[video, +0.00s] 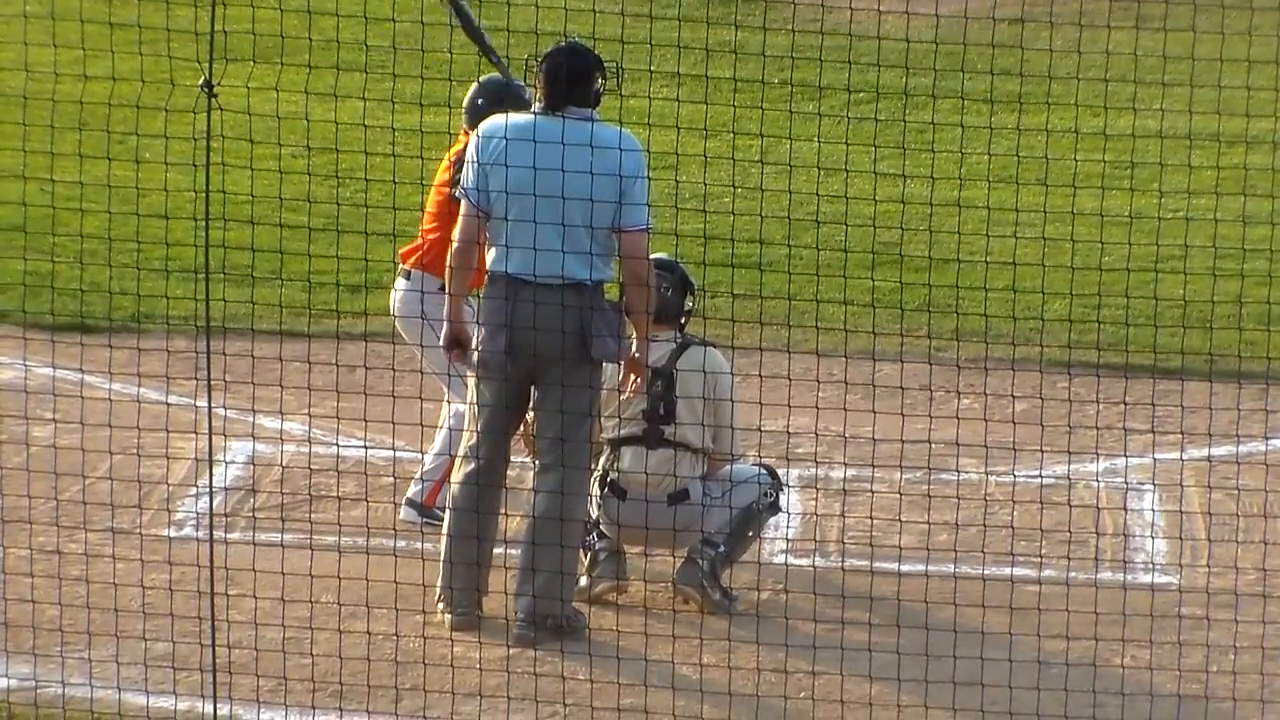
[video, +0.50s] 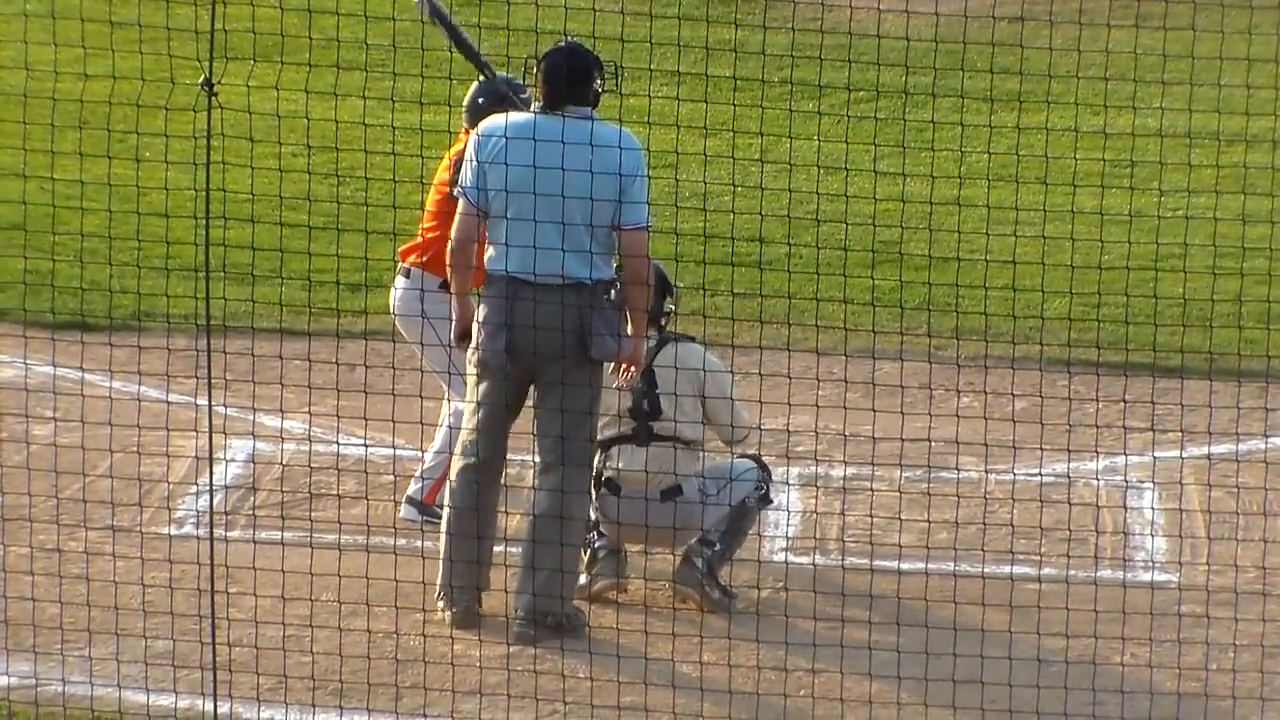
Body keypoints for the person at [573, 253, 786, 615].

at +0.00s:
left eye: (633, 293)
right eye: (686, 298)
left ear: (629, 303)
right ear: (682, 309)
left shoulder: (606, 357)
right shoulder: (709, 361)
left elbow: (585, 443)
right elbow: (719, 458)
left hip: (615, 512)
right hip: (680, 514)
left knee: (590, 470)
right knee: (765, 482)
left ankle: (604, 557)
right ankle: (703, 564)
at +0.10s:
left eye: (634, 291)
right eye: (686, 296)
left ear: (630, 302)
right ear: (682, 307)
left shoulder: (606, 357)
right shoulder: (708, 360)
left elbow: (587, 439)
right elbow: (721, 455)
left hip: (617, 512)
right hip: (682, 513)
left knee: (592, 468)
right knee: (765, 481)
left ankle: (604, 557)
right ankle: (703, 563)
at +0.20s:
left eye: (633, 291)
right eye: (682, 296)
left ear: (629, 302)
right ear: (680, 307)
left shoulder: (606, 357)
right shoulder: (707, 361)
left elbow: (595, 440)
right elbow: (722, 454)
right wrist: (685, 476)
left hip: (618, 512)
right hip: (682, 514)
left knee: (597, 467)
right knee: (763, 481)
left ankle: (603, 557)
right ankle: (703, 564)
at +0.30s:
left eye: (628, 293)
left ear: (625, 304)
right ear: (675, 308)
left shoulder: (607, 359)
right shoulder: (705, 362)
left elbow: (598, 441)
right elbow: (721, 455)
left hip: (619, 514)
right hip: (682, 516)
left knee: (597, 464)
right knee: (759, 480)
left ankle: (604, 556)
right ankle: (704, 564)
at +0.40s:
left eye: (623, 295)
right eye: (672, 298)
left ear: (617, 304)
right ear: (669, 306)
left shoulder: (601, 357)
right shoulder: (700, 359)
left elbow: (583, 440)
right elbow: (726, 445)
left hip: (617, 511)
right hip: (682, 512)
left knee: (590, 462)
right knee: (754, 477)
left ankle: (603, 554)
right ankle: (702, 564)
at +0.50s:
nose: (663, 306)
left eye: (632, 298)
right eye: (663, 300)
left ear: (614, 305)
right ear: (662, 307)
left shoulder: (599, 356)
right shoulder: (691, 356)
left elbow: (579, 433)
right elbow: (736, 432)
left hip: (611, 510)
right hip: (676, 512)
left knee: (579, 461)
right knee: (755, 474)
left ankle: (603, 554)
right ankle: (701, 563)